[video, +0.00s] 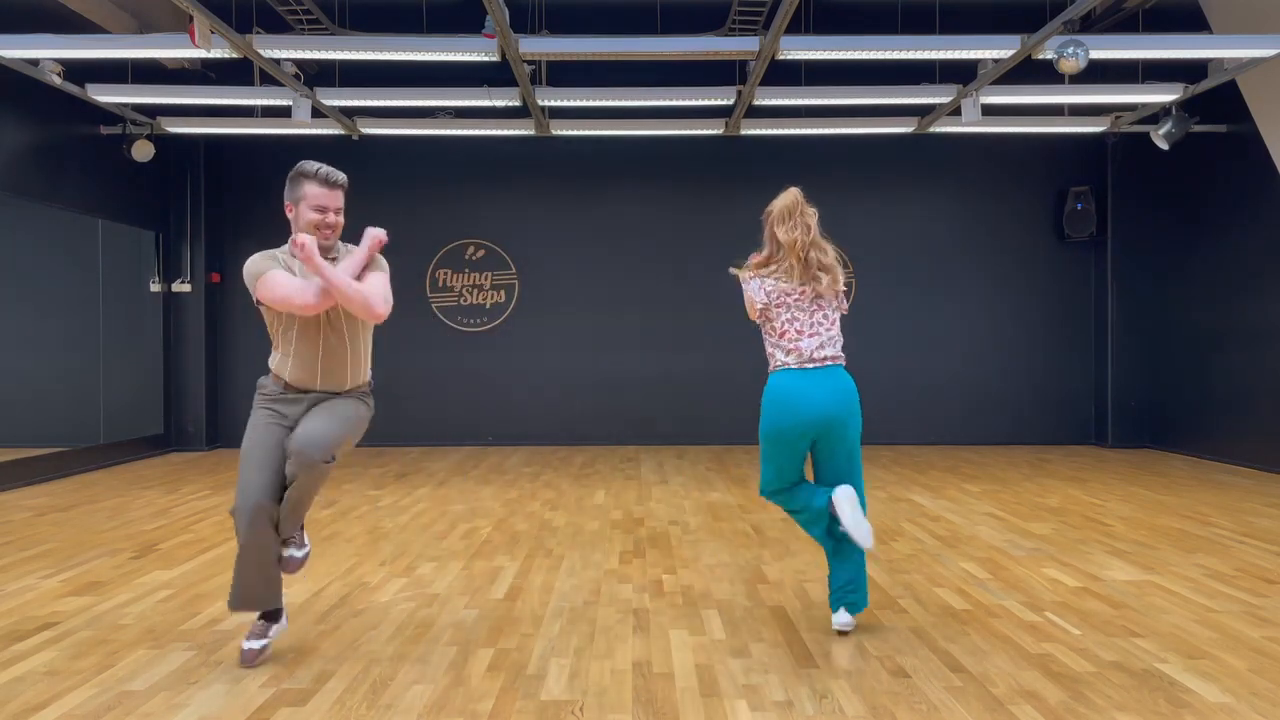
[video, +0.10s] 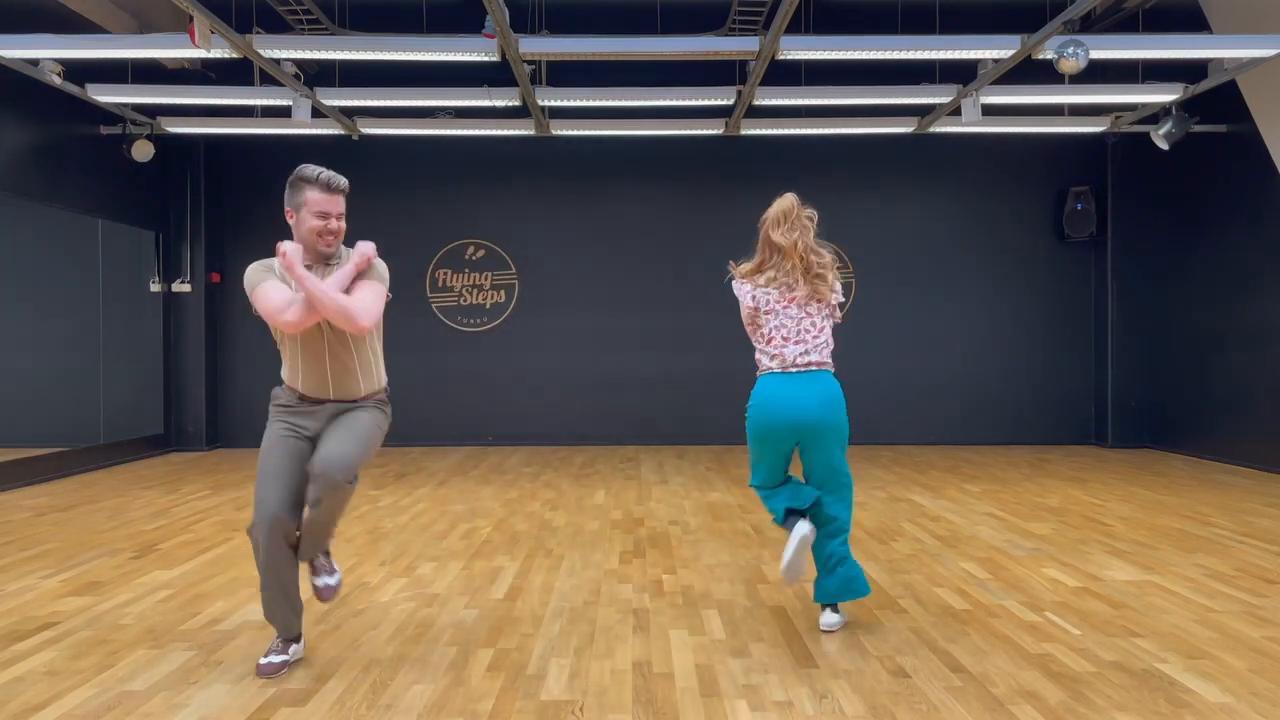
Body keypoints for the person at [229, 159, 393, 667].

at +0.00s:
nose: (329, 219)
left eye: (337, 211)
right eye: (318, 209)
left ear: (345, 214)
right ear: (290, 212)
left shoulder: (368, 261)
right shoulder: (262, 265)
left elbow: (378, 309)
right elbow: (309, 299)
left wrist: (317, 261)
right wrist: (365, 253)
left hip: (345, 395)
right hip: (279, 395)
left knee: (312, 445)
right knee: (252, 505)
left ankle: (290, 527)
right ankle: (270, 612)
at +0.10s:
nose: (332, 226)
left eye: (339, 216)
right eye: (320, 216)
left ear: (346, 219)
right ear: (291, 218)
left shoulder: (370, 267)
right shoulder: (263, 272)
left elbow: (360, 320)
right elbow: (292, 317)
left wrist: (296, 271)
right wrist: (353, 263)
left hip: (361, 406)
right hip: (294, 407)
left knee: (332, 470)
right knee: (269, 521)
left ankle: (314, 549)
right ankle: (288, 634)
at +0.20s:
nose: (334, 236)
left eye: (340, 225)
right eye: (321, 226)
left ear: (347, 225)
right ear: (291, 226)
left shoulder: (371, 277)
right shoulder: (267, 295)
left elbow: (371, 348)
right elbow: (282, 363)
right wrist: (346, 333)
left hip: (385, 417)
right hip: (313, 422)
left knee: (388, 495)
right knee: (278, 532)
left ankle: (379, 583)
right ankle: (294, 637)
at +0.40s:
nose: (314, 240)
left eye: (324, 228)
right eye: (311, 231)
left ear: (362, 229)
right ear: (319, 239)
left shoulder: (419, 281)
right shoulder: (326, 317)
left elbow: (490, 323)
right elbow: (303, 396)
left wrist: (552, 348)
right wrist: (238, 442)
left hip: (451, 428)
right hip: (376, 439)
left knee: (520, 524)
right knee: (311, 539)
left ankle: (593, 620)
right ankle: (292, 644)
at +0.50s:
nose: (357, 245)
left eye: (364, 232)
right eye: (356, 235)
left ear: (401, 228)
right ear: (387, 235)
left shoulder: (474, 266)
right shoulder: (382, 310)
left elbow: (548, 281)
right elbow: (343, 366)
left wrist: (623, 274)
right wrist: (275, 383)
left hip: (508, 427)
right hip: (433, 435)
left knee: (568, 529)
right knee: (368, 537)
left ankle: (633, 637)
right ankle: (295, 642)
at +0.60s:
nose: (413, 244)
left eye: (418, 229)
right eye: (412, 233)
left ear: (454, 223)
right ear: (447, 229)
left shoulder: (532, 260)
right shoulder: (441, 303)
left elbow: (615, 268)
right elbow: (400, 353)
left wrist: (685, 259)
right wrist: (331, 366)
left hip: (560, 424)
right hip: (486, 430)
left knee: (612, 535)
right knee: (423, 537)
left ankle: (639, 646)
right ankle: (350, 635)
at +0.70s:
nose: (462, 238)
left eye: (468, 225)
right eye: (461, 228)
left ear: (503, 220)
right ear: (492, 227)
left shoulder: (580, 260)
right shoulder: (492, 303)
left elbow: (654, 290)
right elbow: (456, 367)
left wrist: (733, 308)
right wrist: (392, 397)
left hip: (606, 422)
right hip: (534, 427)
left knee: (642, 533)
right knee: (477, 531)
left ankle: (649, 652)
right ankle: (408, 640)